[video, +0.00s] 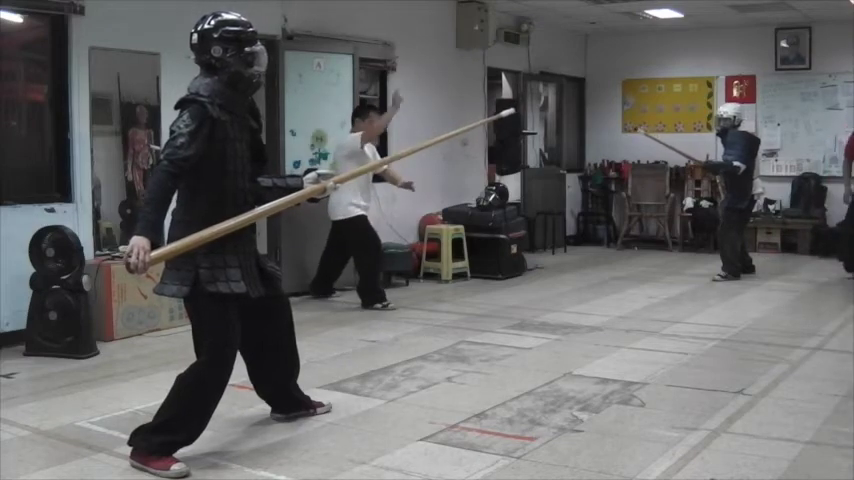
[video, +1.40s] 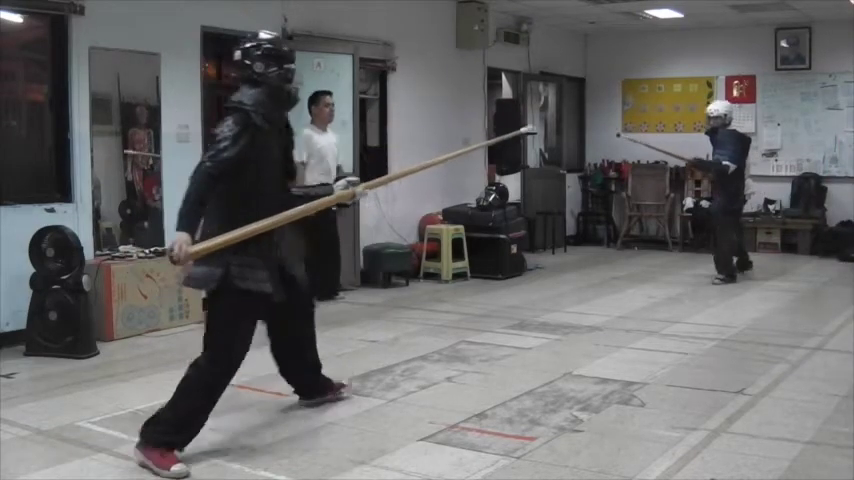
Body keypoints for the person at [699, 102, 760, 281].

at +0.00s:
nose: (720, 124)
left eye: (725, 120)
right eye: (719, 120)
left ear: (735, 121)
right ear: (718, 120)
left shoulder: (739, 138)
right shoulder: (730, 138)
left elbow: (736, 166)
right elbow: (730, 164)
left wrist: (707, 166)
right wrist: (707, 167)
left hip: (739, 195)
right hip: (737, 194)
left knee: (726, 230)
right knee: (733, 229)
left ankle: (731, 270)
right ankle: (745, 264)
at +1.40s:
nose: (711, 122)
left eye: (715, 118)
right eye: (710, 118)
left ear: (726, 119)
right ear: (710, 119)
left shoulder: (731, 138)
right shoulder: (719, 138)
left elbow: (725, 168)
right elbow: (721, 164)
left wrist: (698, 163)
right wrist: (702, 166)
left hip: (728, 194)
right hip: (725, 193)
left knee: (722, 230)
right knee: (731, 227)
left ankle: (727, 273)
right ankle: (743, 260)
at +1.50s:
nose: (708, 120)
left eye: (712, 116)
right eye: (707, 116)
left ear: (723, 117)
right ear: (707, 117)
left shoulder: (729, 136)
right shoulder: (715, 135)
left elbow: (721, 166)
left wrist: (696, 161)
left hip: (728, 194)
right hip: (721, 193)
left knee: (723, 230)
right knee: (721, 229)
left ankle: (727, 272)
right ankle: (734, 260)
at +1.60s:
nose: (703, 120)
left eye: (707, 115)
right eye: (701, 115)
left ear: (718, 116)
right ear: (700, 115)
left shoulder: (724, 134)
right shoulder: (712, 134)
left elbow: (717, 162)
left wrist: (688, 158)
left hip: (727, 194)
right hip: (718, 193)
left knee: (722, 232)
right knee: (714, 230)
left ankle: (727, 273)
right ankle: (717, 265)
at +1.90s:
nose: (690, 122)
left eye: (694, 118)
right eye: (688, 118)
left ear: (705, 118)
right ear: (686, 118)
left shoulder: (713, 136)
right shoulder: (697, 138)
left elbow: (706, 166)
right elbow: (698, 165)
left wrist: (677, 164)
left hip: (711, 197)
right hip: (697, 197)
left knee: (703, 232)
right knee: (690, 235)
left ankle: (722, 263)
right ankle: (696, 276)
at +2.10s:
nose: (681, 126)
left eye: (685, 121)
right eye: (680, 121)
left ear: (696, 121)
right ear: (680, 121)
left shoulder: (704, 140)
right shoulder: (690, 141)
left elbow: (697, 171)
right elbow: (691, 168)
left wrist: (668, 170)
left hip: (704, 200)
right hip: (693, 199)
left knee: (695, 236)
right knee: (681, 234)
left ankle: (700, 279)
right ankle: (689, 273)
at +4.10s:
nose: (670, 121)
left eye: (675, 117)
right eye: (669, 117)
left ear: (687, 117)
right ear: (668, 116)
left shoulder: (692, 137)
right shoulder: (680, 138)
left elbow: (686, 171)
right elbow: (681, 167)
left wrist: (652, 176)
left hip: (693, 196)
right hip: (683, 195)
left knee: (683, 236)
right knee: (678, 235)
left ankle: (693, 282)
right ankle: (687, 276)